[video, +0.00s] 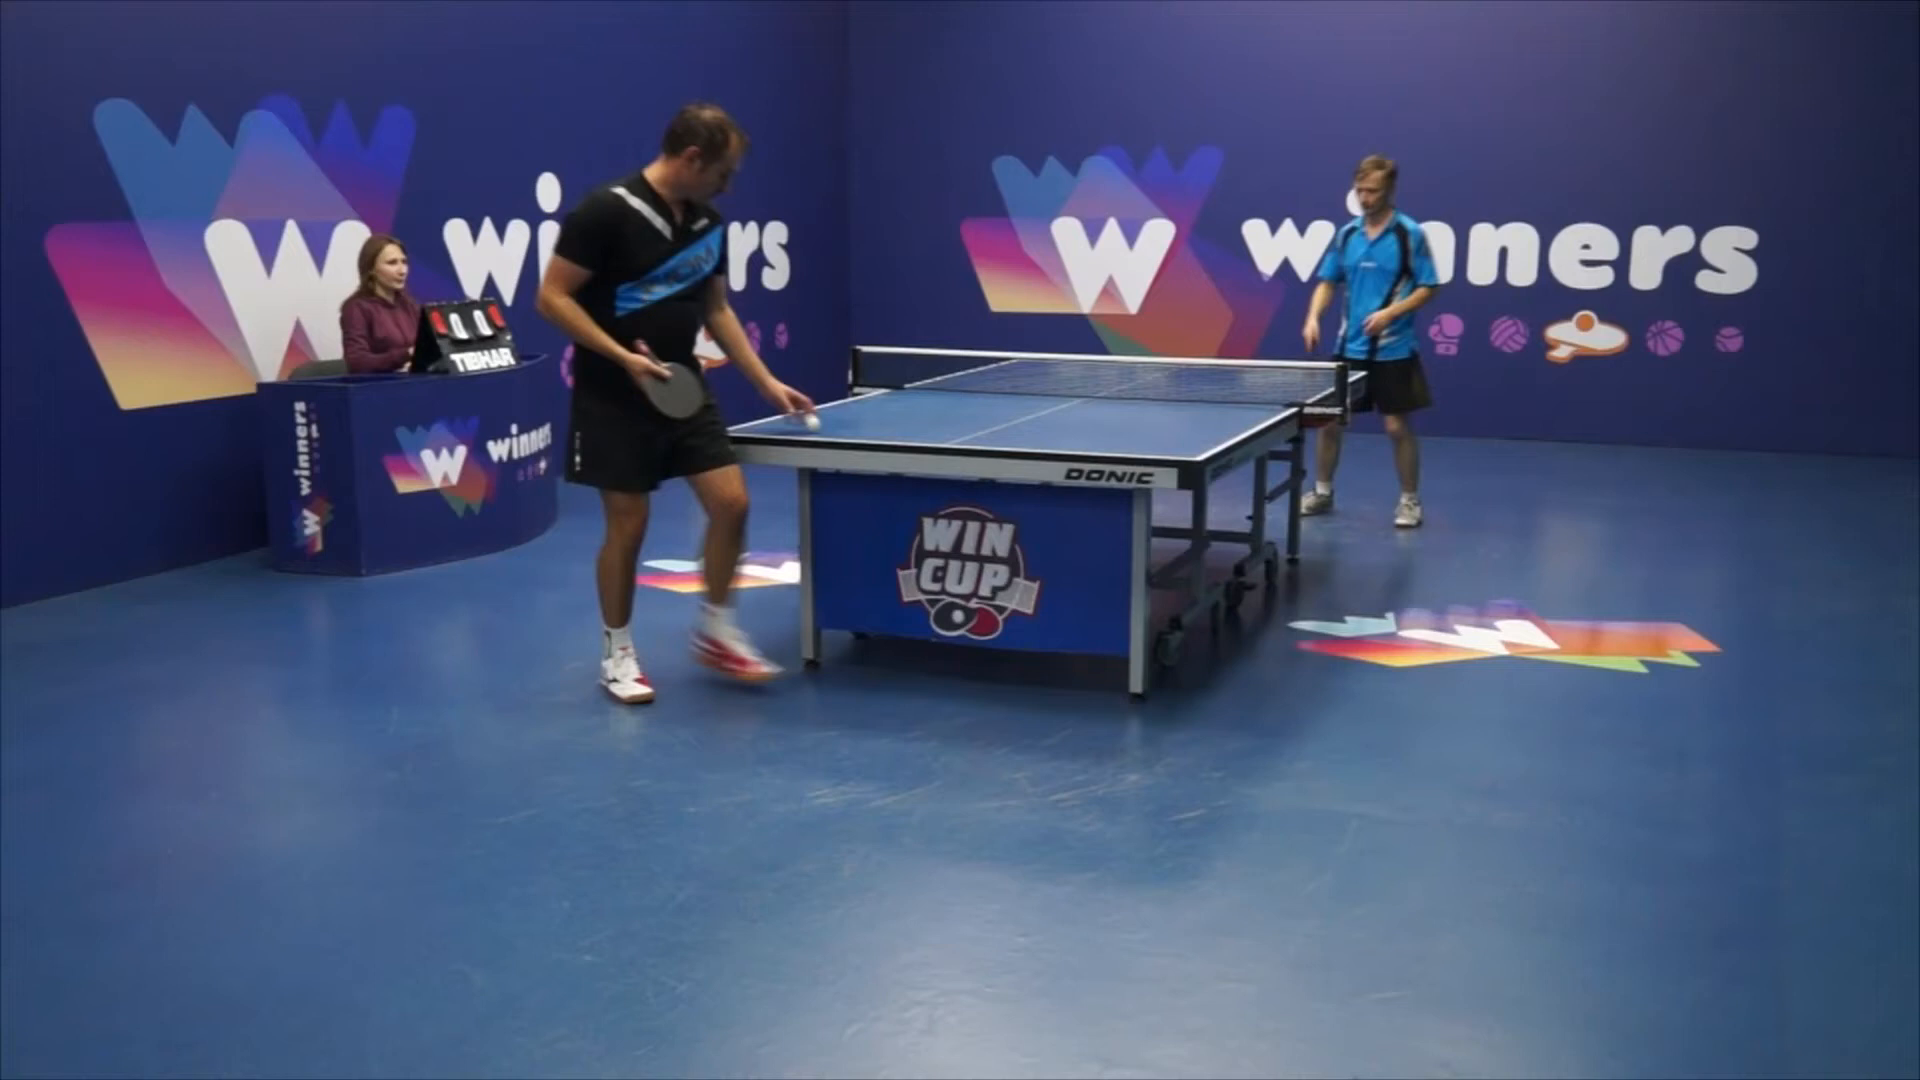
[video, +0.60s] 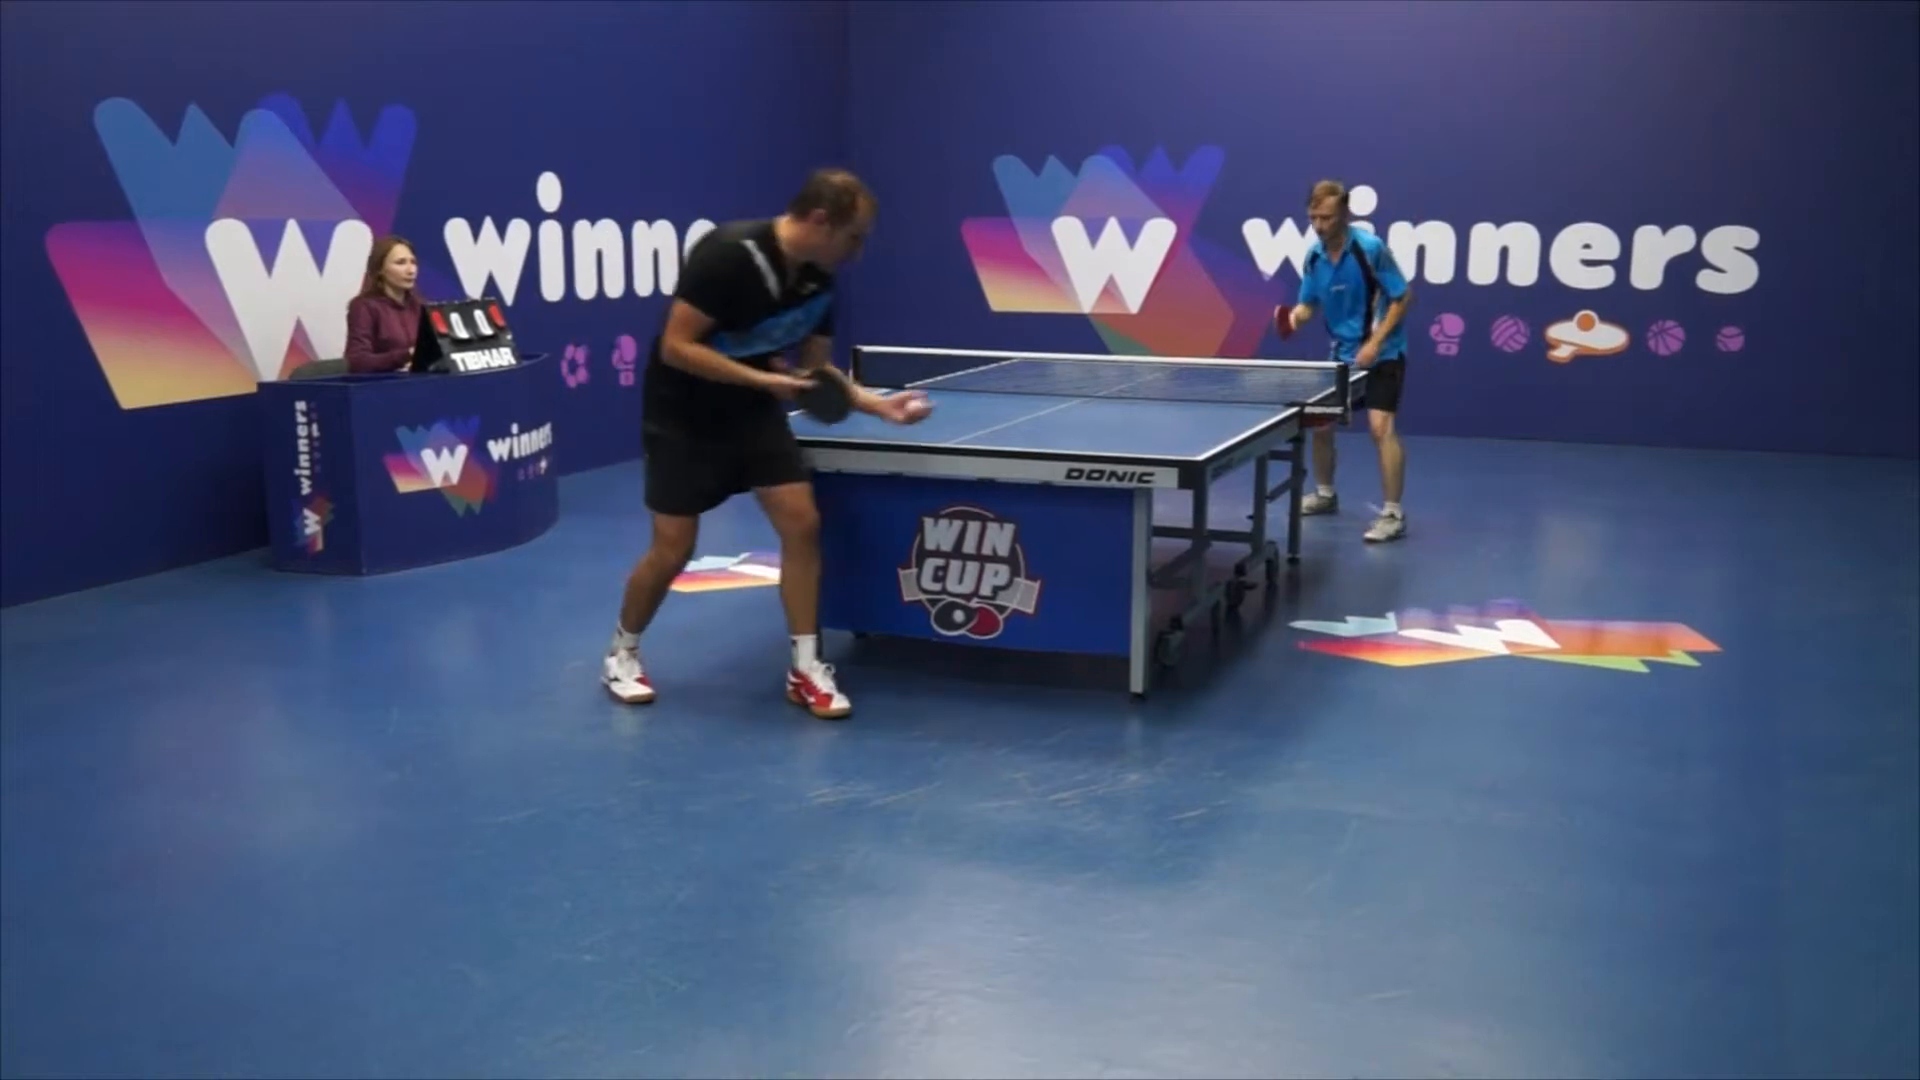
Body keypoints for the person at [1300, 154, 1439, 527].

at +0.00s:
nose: (1366, 196)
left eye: (1374, 190)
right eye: (1362, 189)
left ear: (1390, 192)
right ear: (1356, 189)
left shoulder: (1410, 233)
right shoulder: (1347, 234)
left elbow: (1427, 287)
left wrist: (1390, 314)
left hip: (1392, 350)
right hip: (1350, 348)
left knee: (1396, 427)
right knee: (1331, 422)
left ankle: (1409, 499)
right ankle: (1322, 491)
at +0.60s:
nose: (1320, 224)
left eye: (1327, 217)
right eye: (1316, 217)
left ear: (1344, 215)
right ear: (1311, 216)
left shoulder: (1370, 247)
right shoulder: (1315, 255)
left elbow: (1401, 296)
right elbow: (1308, 304)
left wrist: (1376, 342)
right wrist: (1293, 318)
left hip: (1382, 349)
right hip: (1341, 351)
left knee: (1380, 426)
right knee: (1319, 420)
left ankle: (1392, 511)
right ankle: (1324, 493)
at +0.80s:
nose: (1319, 243)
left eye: (1326, 235)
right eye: (1315, 235)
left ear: (1344, 234)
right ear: (1310, 233)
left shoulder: (1369, 263)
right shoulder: (1316, 270)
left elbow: (1401, 315)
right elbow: (1313, 316)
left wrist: (1384, 366)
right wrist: (1298, 329)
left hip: (1394, 352)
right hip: (1358, 352)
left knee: (1383, 426)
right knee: (1325, 416)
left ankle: (1395, 512)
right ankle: (1327, 494)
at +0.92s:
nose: (1319, 254)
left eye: (1327, 246)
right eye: (1315, 246)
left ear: (1344, 243)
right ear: (1309, 243)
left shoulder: (1369, 270)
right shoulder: (1317, 278)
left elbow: (1402, 323)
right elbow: (1313, 324)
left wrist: (1387, 374)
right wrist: (1296, 340)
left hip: (1400, 354)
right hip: (1363, 354)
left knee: (1384, 426)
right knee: (1326, 418)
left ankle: (1395, 513)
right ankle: (1327, 494)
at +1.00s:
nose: (1319, 260)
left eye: (1326, 252)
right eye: (1314, 253)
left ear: (1343, 248)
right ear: (1309, 250)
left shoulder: (1370, 275)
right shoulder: (1316, 283)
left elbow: (1404, 327)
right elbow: (1313, 327)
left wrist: (1388, 376)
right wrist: (1299, 342)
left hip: (1401, 354)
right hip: (1364, 356)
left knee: (1384, 426)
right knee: (1327, 417)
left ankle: (1395, 513)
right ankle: (1327, 494)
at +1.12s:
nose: (1319, 268)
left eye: (1326, 260)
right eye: (1314, 261)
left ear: (1343, 254)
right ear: (1308, 257)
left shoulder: (1369, 280)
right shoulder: (1315, 288)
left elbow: (1406, 329)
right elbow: (1312, 334)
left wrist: (1390, 378)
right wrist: (1294, 354)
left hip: (1405, 355)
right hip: (1367, 358)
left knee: (1385, 427)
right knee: (1327, 418)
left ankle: (1396, 513)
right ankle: (1327, 494)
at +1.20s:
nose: (1318, 272)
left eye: (1325, 264)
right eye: (1313, 264)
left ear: (1343, 258)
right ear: (1308, 260)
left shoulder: (1369, 283)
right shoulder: (1315, 290)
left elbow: (1407, 331)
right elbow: (1313, 338)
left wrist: (1391, 380)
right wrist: (1295, 358)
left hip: (1406, 355)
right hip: (1368, 358)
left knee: (1385, 427)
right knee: (1327, 418)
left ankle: (1396, 513)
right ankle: (1327, 494)